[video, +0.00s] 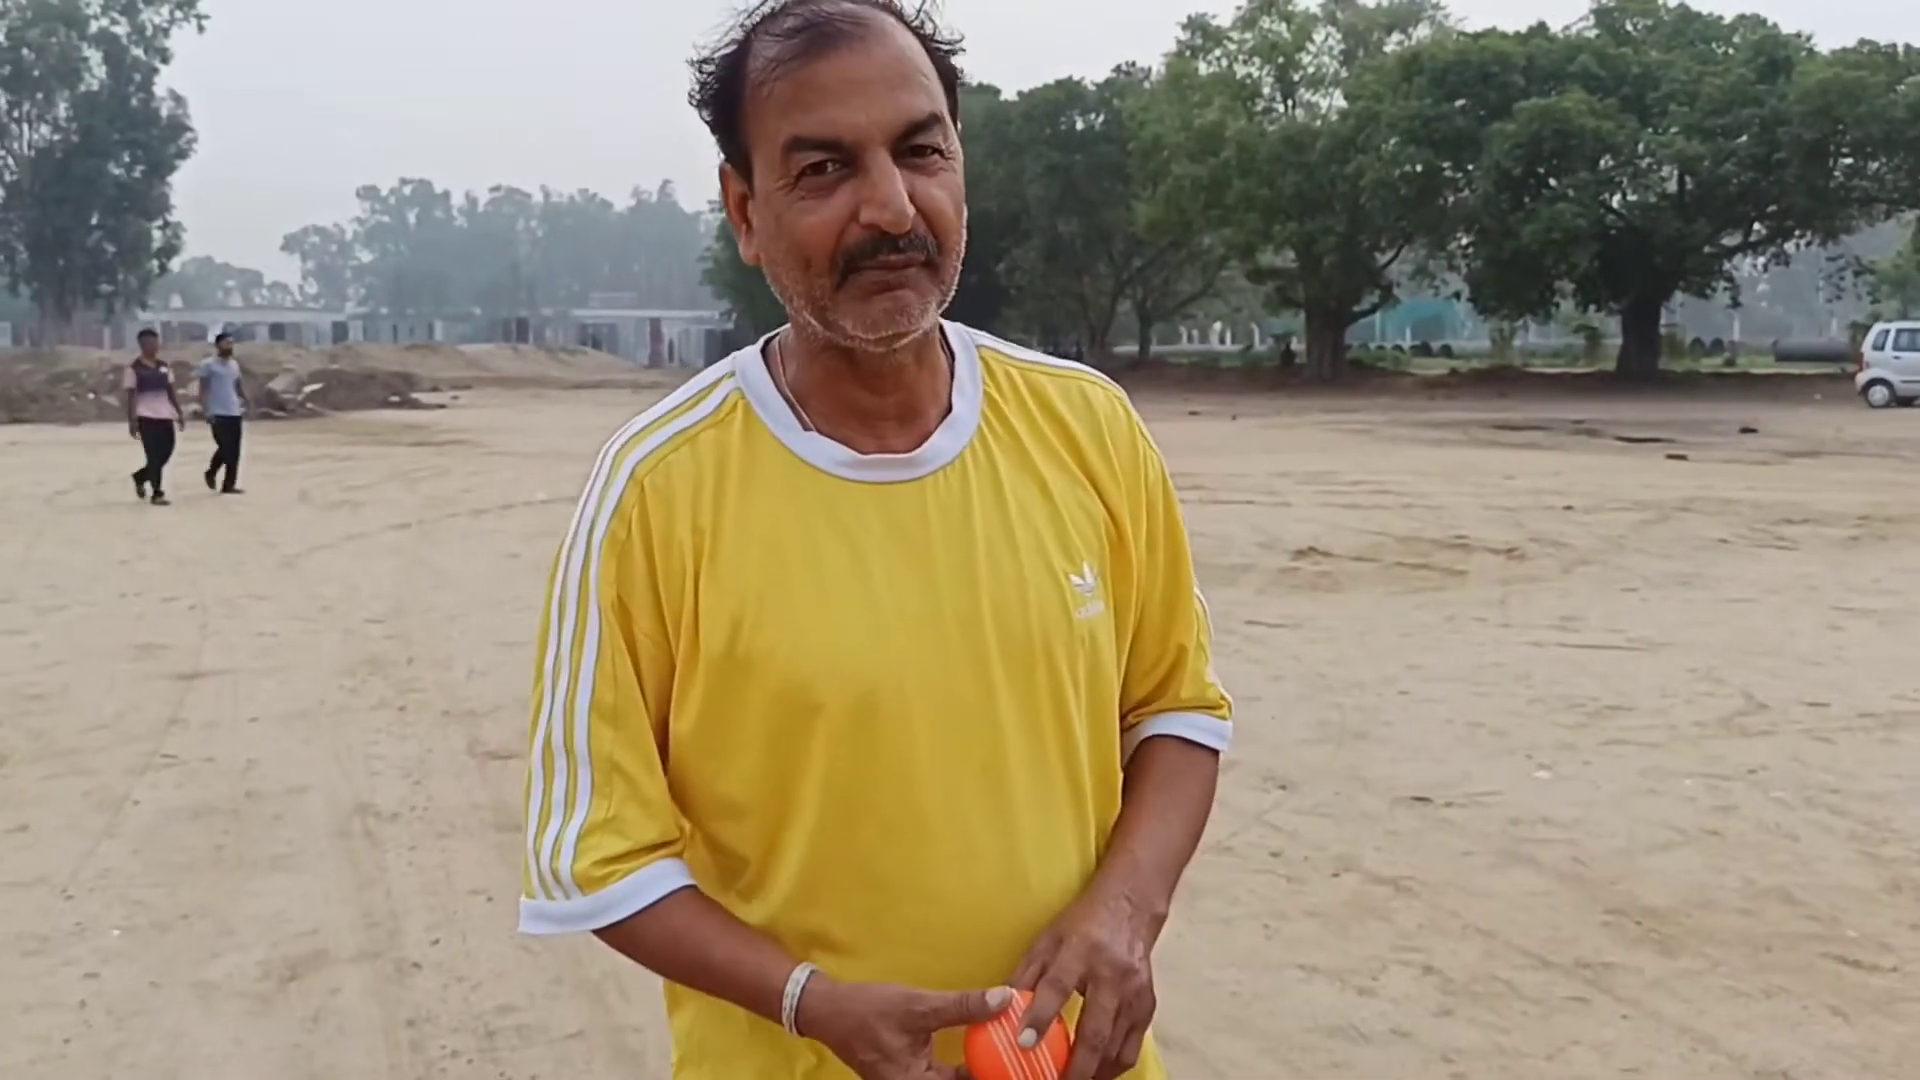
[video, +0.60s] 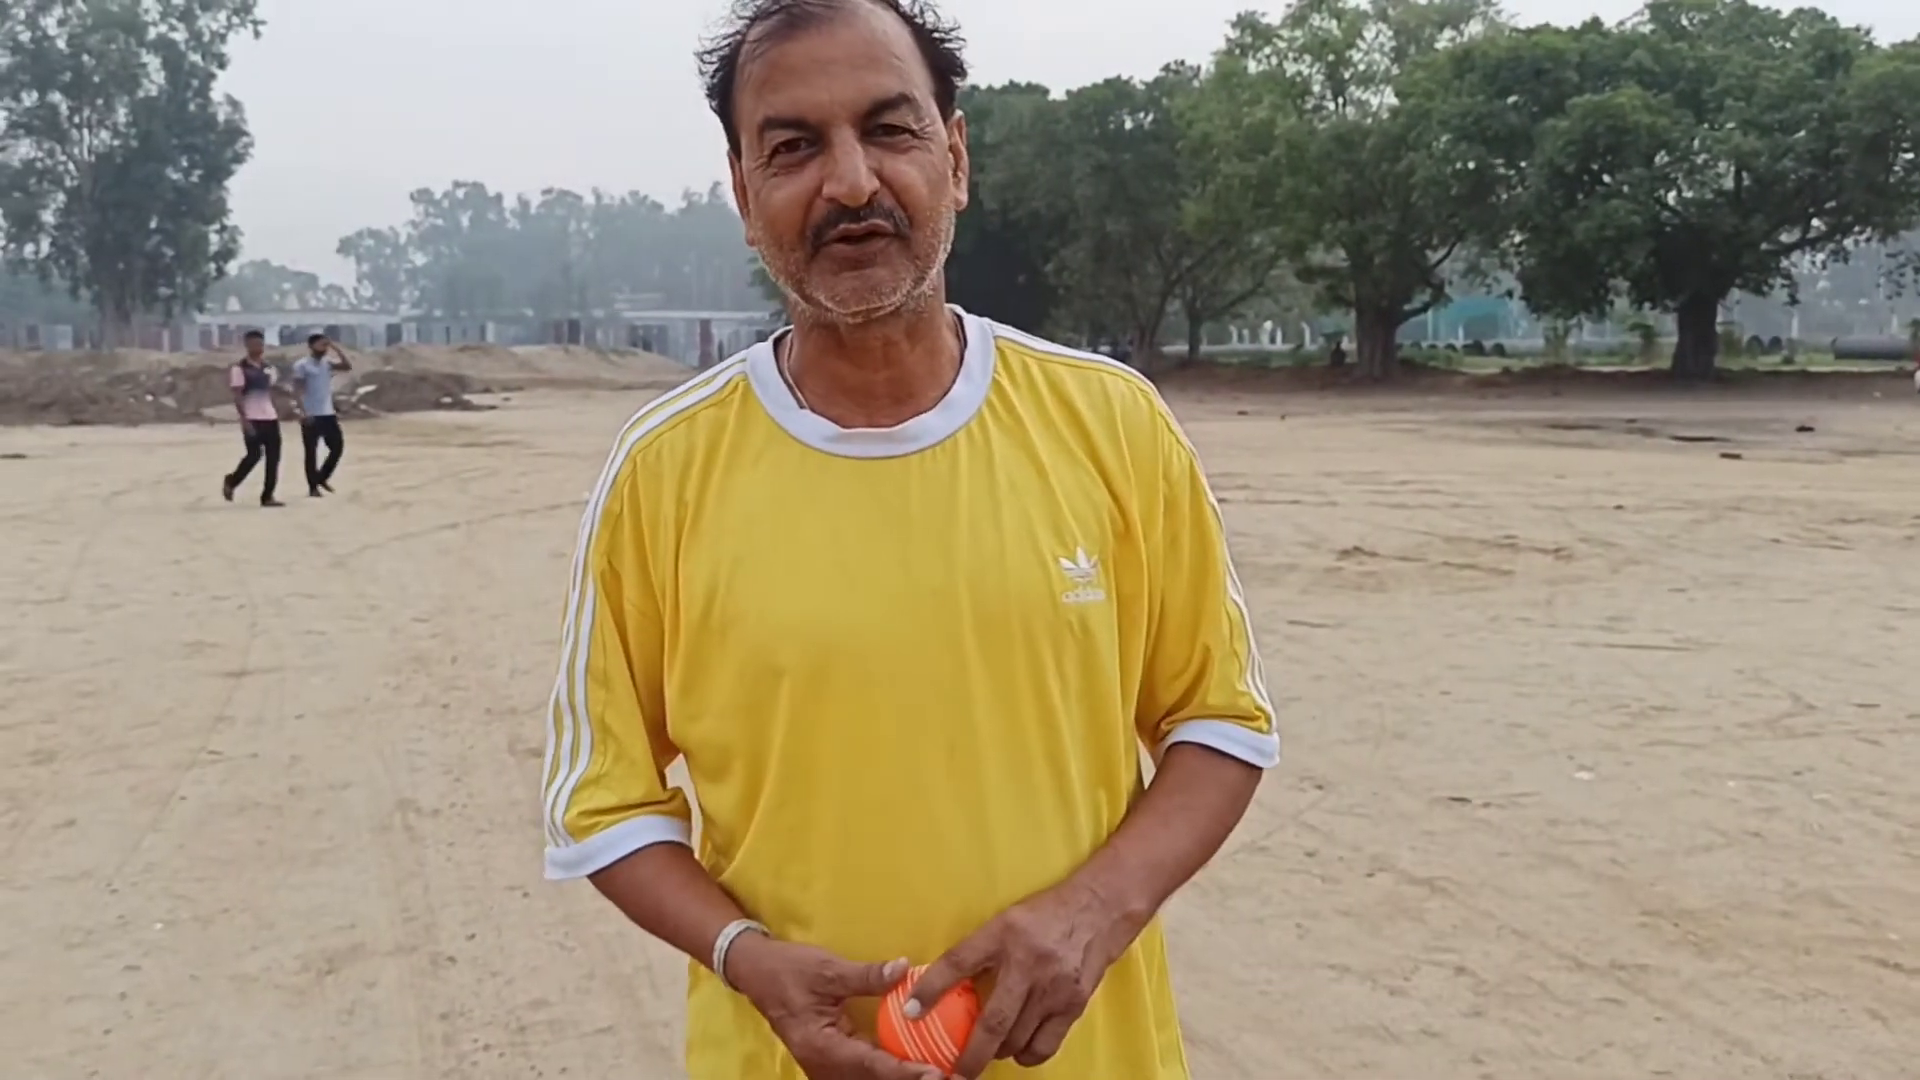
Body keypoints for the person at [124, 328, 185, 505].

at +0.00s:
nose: (153, 347)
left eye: (155, 343)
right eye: (149, 343)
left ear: (158, 344)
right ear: (142, 345)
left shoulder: (164, 367)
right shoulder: (133, 369)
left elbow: (171, 392)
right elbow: (131, 396)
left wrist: (179, 413)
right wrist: (132, 420)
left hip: (165, 415)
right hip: (146, 415)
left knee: (166, 451)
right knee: (154, 453)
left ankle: (141, 475)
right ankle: (157, 490)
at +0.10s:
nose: (172, 345)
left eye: (174, 340)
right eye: (168, 341)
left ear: (178, 342)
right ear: (161, 343)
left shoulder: (183, 366)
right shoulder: (155, 367)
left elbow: (190, 392)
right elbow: (154, 395)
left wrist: (198, 412)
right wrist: (161, 417)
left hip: (186, 414)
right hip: (168, 415)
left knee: (193, 449)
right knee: (168, 454)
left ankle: (172, 477)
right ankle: (170, 490)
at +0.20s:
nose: (191, 346)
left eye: (192, 342)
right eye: (186, 342)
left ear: (195, 343)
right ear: (179, 344)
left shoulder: (200, 366)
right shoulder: (173, 367)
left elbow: (205, 392)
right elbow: (174, 394)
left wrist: (212, 411)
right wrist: (189, 414)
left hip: (203, 415)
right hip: (183, 416)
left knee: (212, 450)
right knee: (181, 456)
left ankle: (202, 488)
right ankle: (181, 492)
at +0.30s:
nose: (207, 348)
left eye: (210, 343)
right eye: (203, 344)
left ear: (213, 345)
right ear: (196, 346)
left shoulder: (216, 368)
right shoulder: (191, 368)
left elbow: (221, 395)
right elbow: (192, 395)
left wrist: (227, 413)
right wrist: (213, 413)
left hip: (218, 420)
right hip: (199, 421)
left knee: (226, 459)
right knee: (194, 460)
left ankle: (235, 494)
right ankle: (191, 494)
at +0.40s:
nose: (223, 350)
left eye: (225, 346)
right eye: (219, 346)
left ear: (228, 348)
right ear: (212, 348)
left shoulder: (231, 371)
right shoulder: (206, 371)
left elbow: (236, 397)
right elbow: (208, 398)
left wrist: (240, 411)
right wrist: (230, 415)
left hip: (233, 423)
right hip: (215, 424)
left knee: (241, 462)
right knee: (206, 461)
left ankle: (250, 495)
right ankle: (197, 494)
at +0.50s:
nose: (241, 350)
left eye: (243, 346)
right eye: (237, 347)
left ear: (245, 348)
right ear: (229, 349)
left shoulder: (246, 370)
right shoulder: (222, 371)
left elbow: (250, 396)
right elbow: (222, 399)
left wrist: (258, 416)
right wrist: (239, 419)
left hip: (253, 422)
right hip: (234, 423)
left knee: (260, 462)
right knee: (227, 458)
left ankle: (258, 496)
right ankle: (207, 489)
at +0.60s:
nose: (258, 348)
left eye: (260, 344)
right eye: (254, 344)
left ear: (263, 345)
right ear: (247, 346)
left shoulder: (267, 368)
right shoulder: (239, 369)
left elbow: (270, 392)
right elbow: (237, 398)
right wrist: (245, 421)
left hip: (270, 417)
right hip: (251, 418)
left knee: (273, 457)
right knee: (255, 454)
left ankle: (267, 495)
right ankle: (232, 481)